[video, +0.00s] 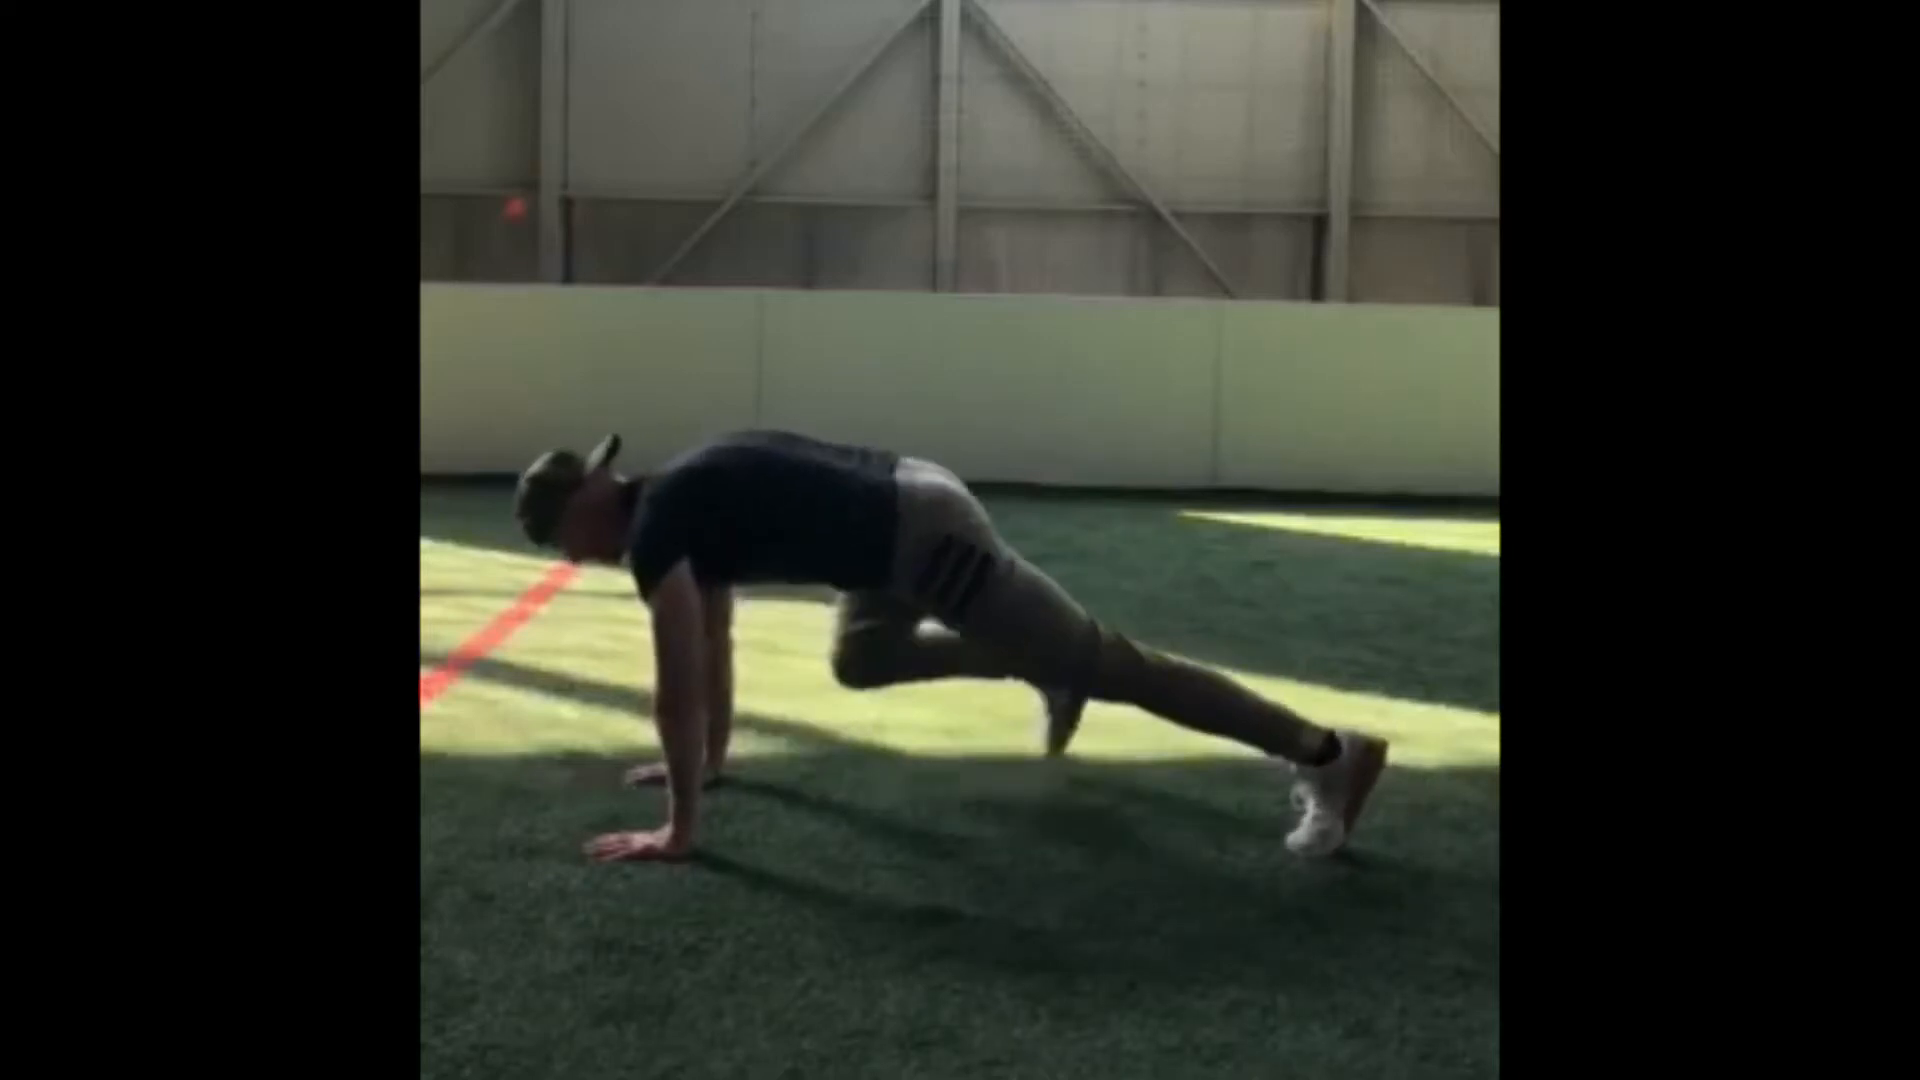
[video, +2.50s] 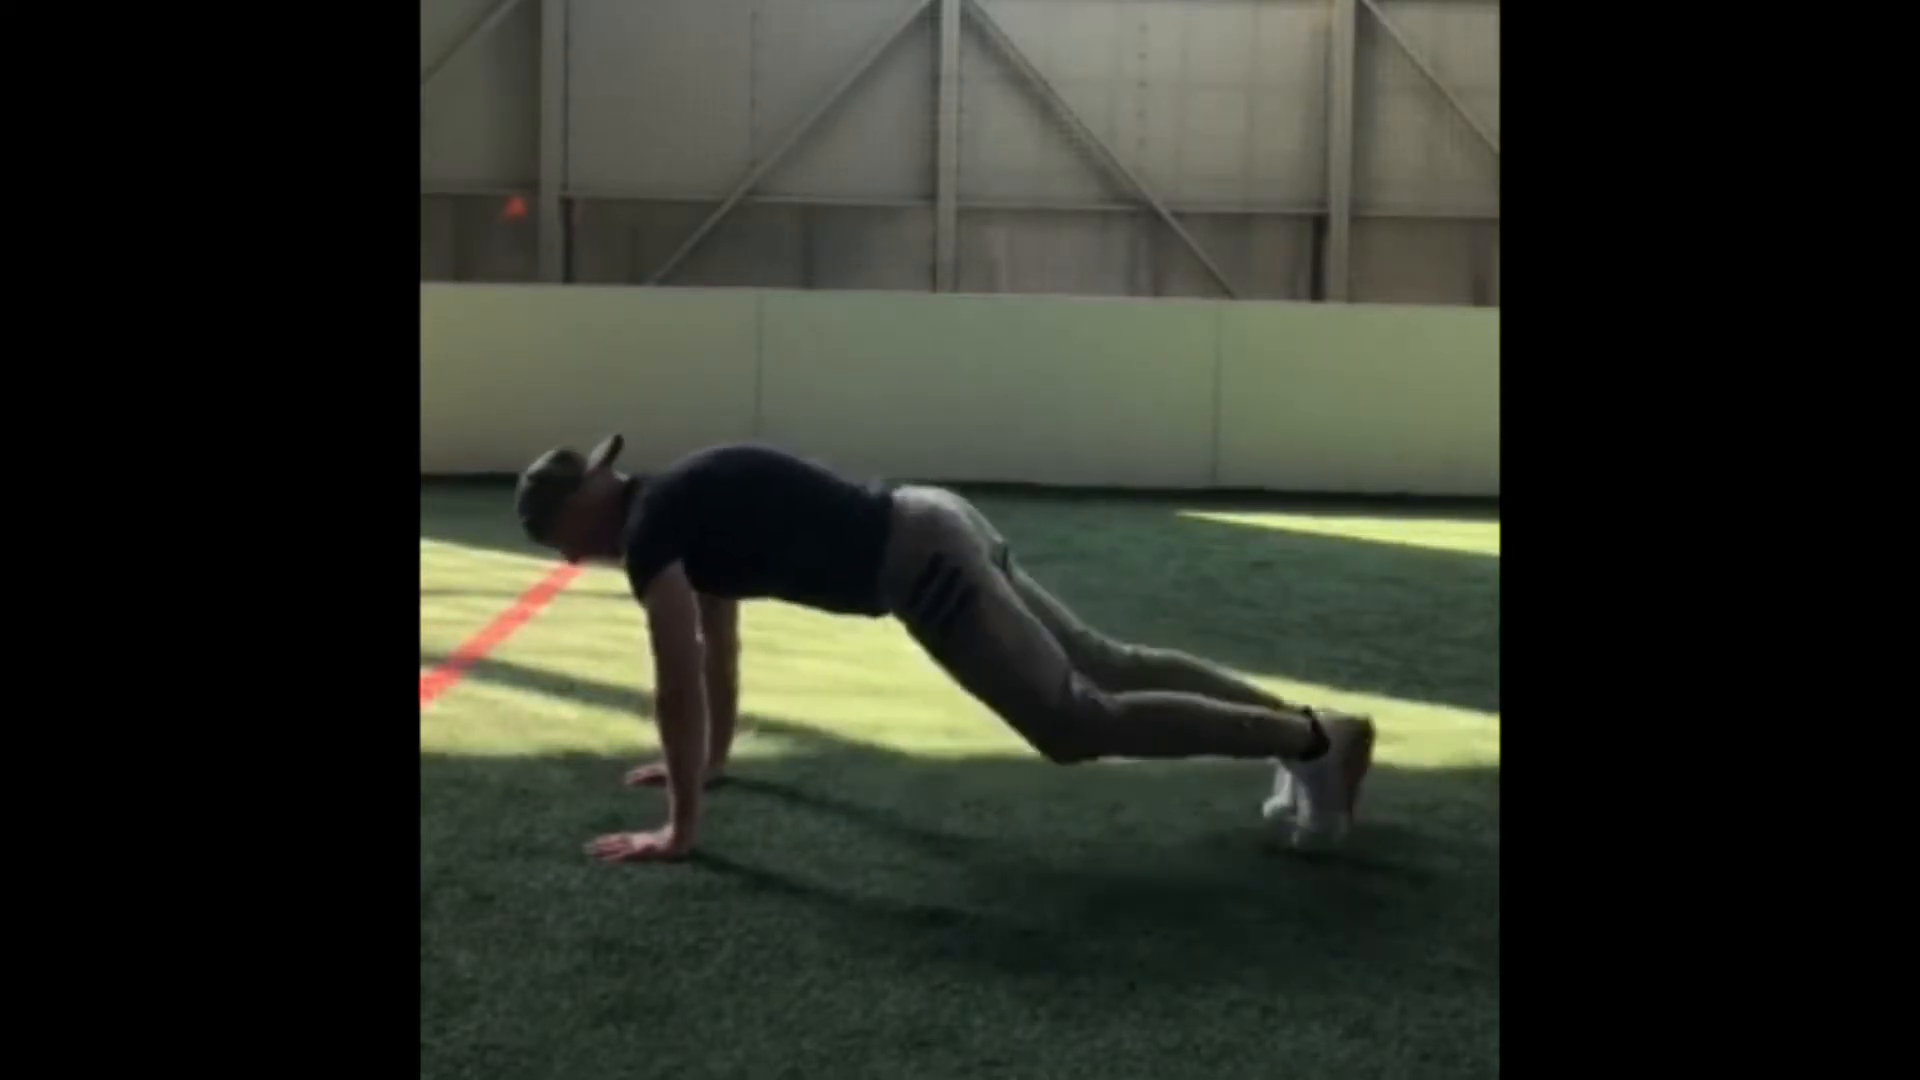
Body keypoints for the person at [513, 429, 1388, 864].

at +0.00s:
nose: (583, 563)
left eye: (575, 549)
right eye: (572, 551)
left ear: (591, 509)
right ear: (605, 488)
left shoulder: (659, 531)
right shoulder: (685, 499)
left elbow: (678, 690)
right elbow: (712, 654)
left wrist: (678, 828)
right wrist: (707, 757)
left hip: (924, 527)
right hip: (900, 509)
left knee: (1110, 666)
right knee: (860, 661)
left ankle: (1330, 754)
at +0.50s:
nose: (570, 560)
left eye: (563, 545)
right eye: (558, 551)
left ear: (583, 502)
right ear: (591, 494)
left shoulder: (664, 523)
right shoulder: (670, 501)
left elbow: (688, 678)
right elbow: (702, 653)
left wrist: (681, 828)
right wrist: (698, 760)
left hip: (901, 522)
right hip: (927, 499)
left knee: (826, 698)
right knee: (1074, 637)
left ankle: (1056, 747)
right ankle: (1281, 717)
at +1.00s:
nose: (558, 567)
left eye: (550, 552)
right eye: (546, 558)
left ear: (573, 505)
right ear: (581, 496)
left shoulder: (638, 537)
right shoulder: (657, 502)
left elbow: (669, 686)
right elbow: (703, 647)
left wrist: (680, 832)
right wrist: (705, 755)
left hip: (880, 530)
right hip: (920, 503)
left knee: (764, 703)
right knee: (1073, 638)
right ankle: (1280, 721)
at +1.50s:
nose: (572, 569)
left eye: (565, 552)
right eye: (561, 557)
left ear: (587, 508)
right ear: (598, 494)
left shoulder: (654, 529)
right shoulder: (682, 506)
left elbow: (676, 689)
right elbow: (717, 654)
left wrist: (679, 830)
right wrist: (706, 756)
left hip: (924, 506)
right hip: (918, 490)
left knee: (1103, 658)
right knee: (954, 652)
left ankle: (1321, 759)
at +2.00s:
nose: (590, 565)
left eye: (582, 551)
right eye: (580, 553)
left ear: (599, 513)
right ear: (617, 486)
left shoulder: (661, 534)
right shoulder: (704, 491)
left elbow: (684, 695)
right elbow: (720, 663)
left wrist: (678, 829)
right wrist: (695, 768)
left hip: (919, 543)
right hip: (927, 485)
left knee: (1094, 690)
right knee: (780, 547)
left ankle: (1324, 771)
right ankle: (872, 708)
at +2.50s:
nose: (581, 563)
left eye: (572, 548)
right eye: (569, 551)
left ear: (587, 511)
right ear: (605, 486)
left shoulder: (652, 532)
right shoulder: (690, 500)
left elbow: (679, 686)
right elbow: (720, 662)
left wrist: (680, 829)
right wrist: (700, 762)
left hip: (925, 561)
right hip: (937, 518)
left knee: (1074, 731)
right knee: (1099, 665)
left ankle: (1321, 740)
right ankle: (1299, 732)